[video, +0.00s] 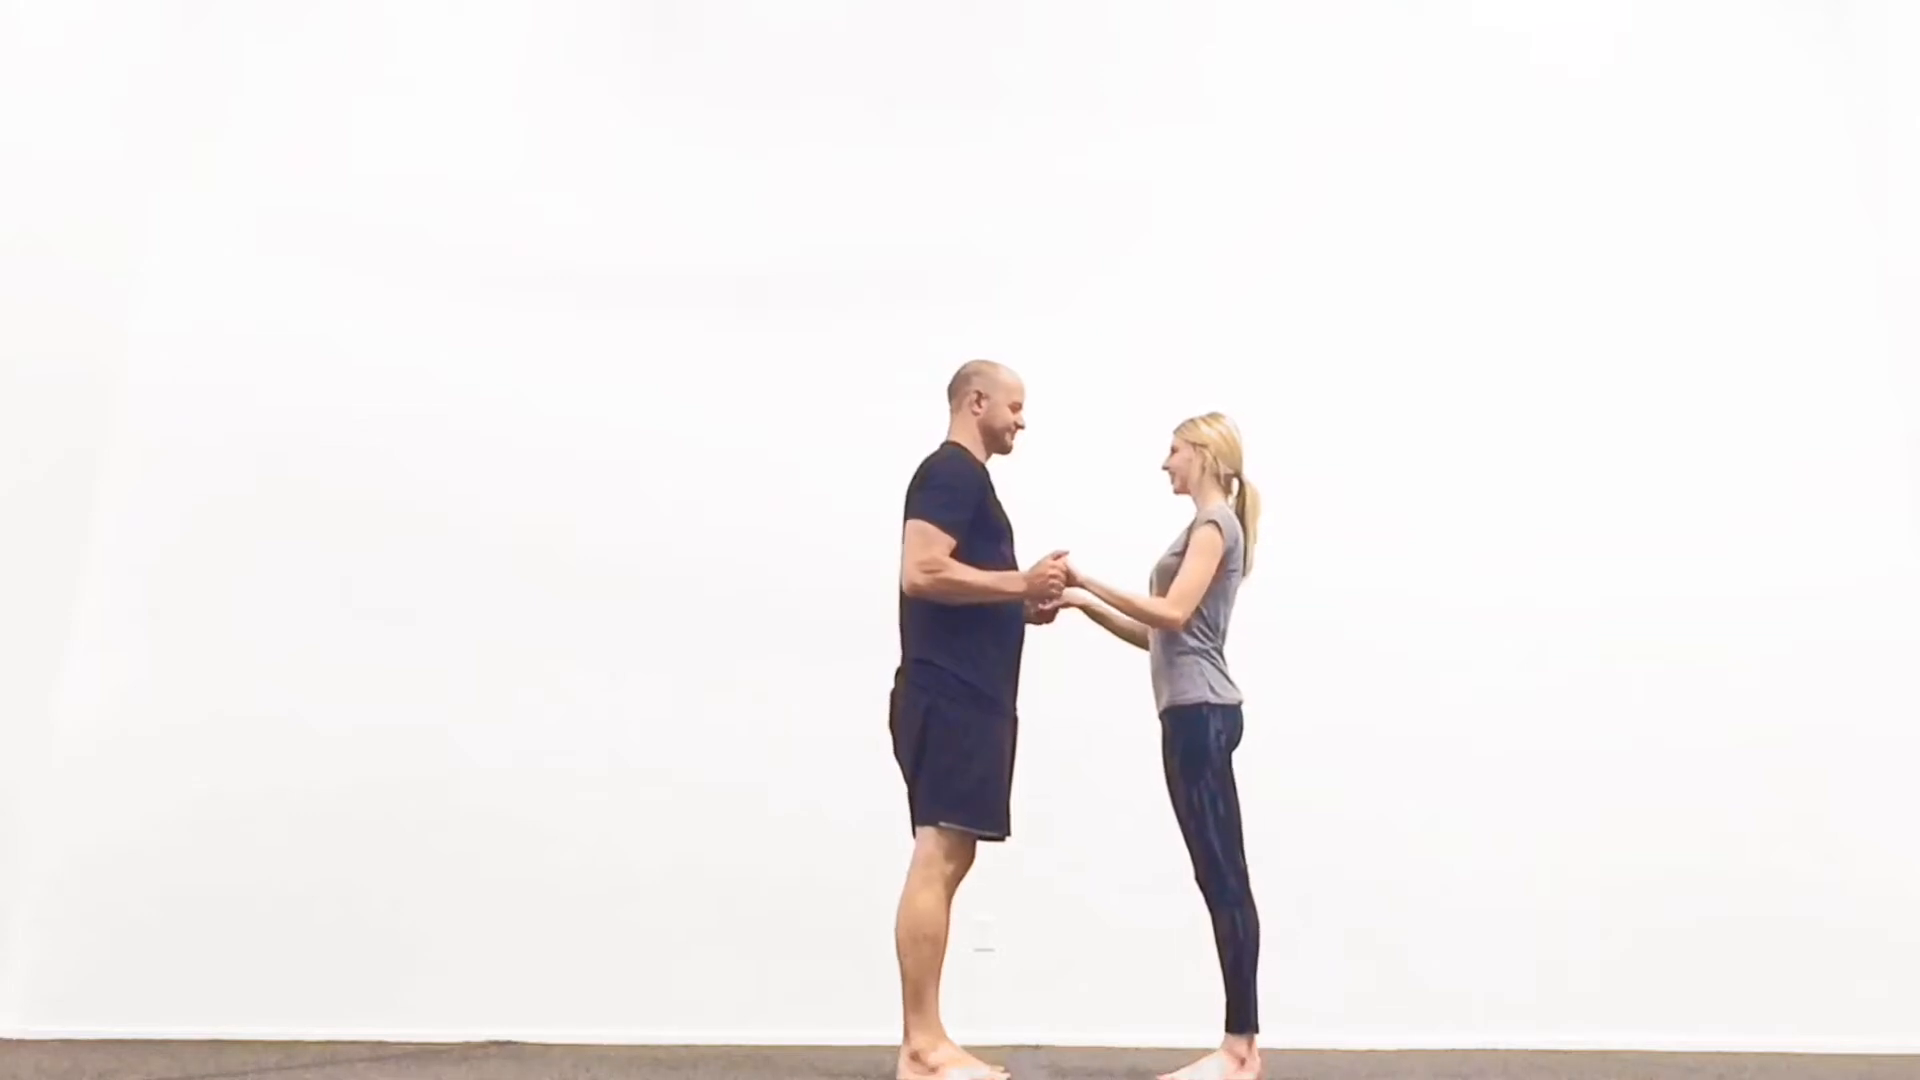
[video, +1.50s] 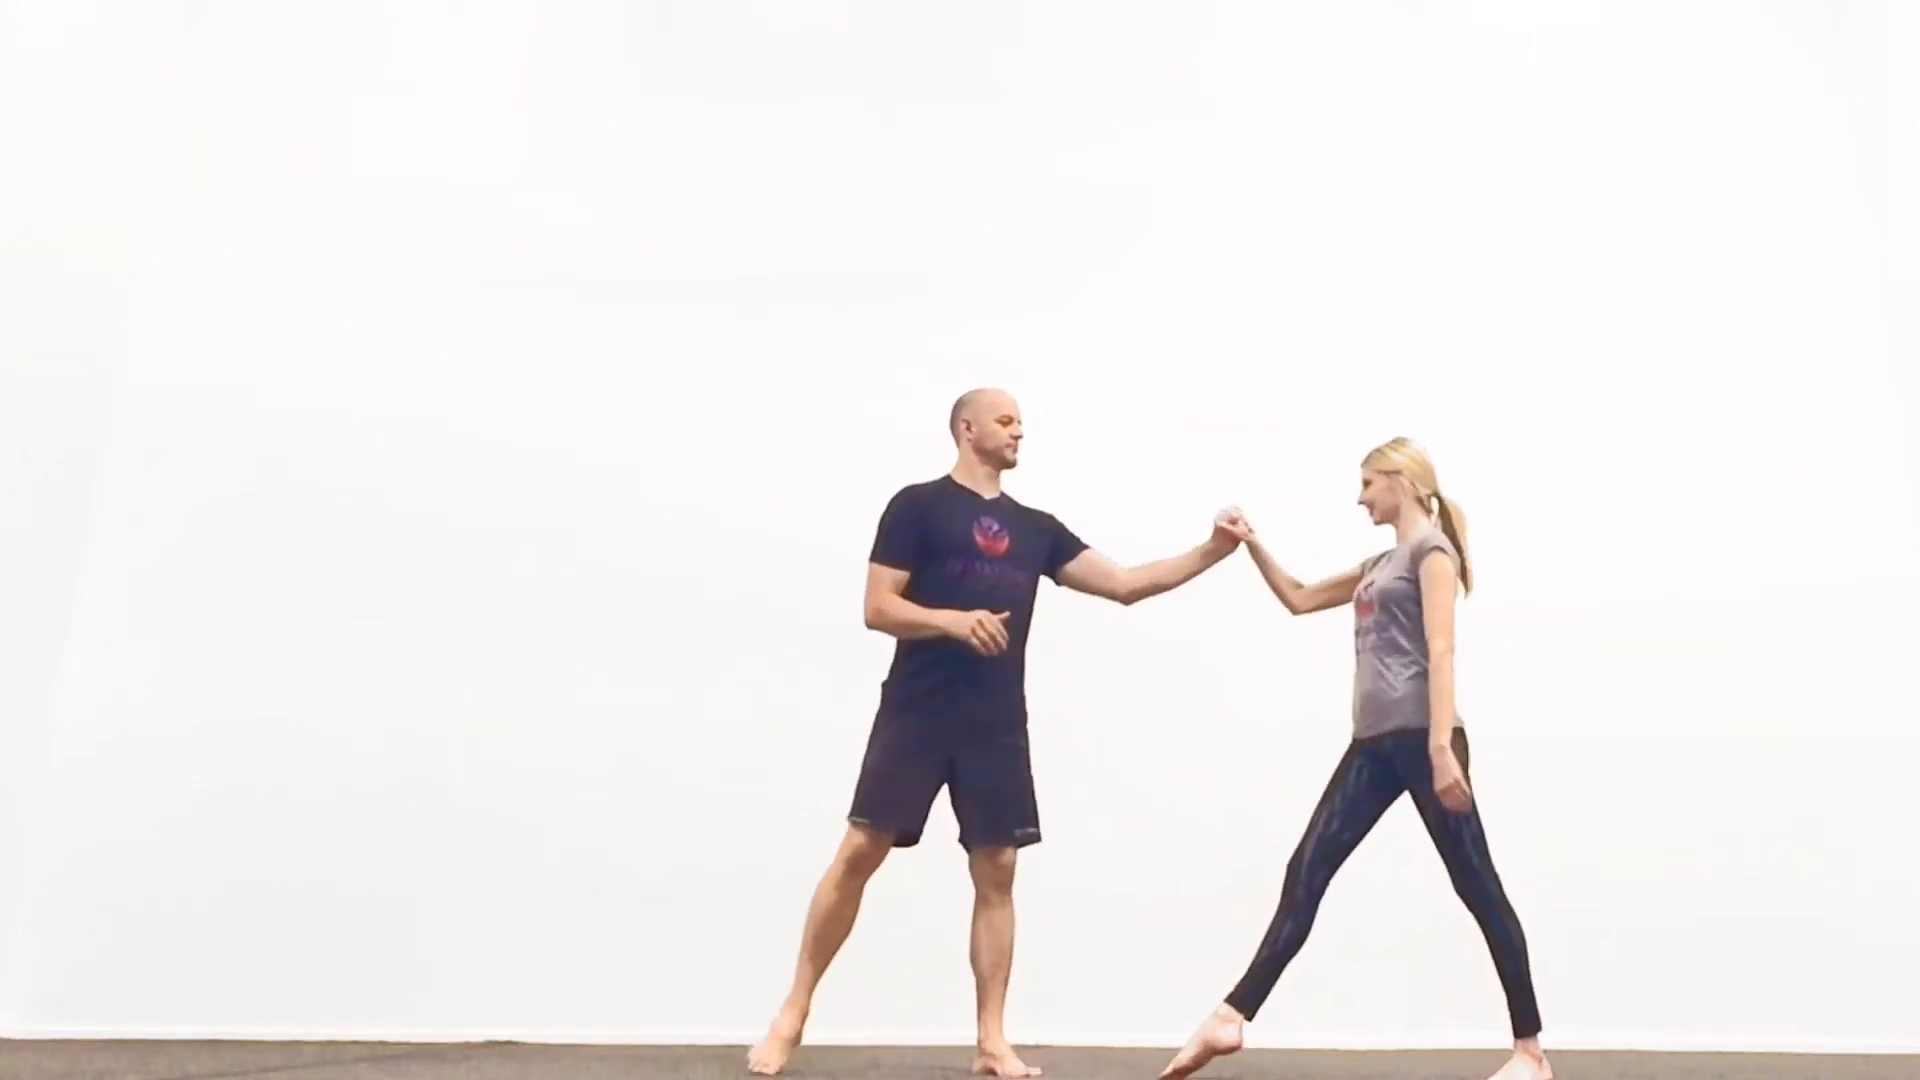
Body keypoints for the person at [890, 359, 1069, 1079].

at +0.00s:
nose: (1022, 421)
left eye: (1022, 410)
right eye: (1015, 408)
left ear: (976, 402)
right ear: (976, 403)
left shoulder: (969, 477)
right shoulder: (949, 469)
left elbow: (951, 594)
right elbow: (923, 572)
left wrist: (1026, 608)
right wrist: (1021, 584)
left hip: (966, 694)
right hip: (949, 694)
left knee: (946, 861)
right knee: (939, 861)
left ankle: (924, 1042)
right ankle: (923, 1044)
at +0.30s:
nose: (1045, 424)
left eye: (1045, 413)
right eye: (1037, 410)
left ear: (1001, 411)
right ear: (997, 407)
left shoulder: (988, 485)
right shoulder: (966, 473)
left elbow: (960, 603)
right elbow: (915, 567)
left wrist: (1028, 609)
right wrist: (1015, 581)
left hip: (985, 699)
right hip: (954, 697)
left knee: (990, 860)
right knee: (957, 858)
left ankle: (932, 1039)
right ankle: (923, 1046)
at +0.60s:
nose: (1066, 427)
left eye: (1065, 416)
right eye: (1056, 415)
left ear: (1022, 419)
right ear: (1016, 417)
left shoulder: (1013, 493)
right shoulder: (989, 481)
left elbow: (977, 602)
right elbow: (942, 580)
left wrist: (1040, 618)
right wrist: (1039, 595)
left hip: (996, 701)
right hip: (955, 698)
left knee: (1024, 857)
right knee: (966, 855)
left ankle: (989, 1029)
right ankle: (923, 1047)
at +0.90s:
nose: (1066, 435)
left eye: (1065, 425)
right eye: (1055, 422)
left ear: (1023, 428)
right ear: (1015, 425)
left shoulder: (1037, 529)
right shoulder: (979, 492)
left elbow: (1029, 642)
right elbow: (966, 596)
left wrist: (1093, 619)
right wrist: (1077, 611)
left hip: (1008, 712)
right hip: (955, 706)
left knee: (1011, 872)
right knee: (952, 858)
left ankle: (992, 1038)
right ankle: (922, 1042)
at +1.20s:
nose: (1055, 437)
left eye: (1056, 428)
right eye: (1043, 425)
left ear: (1032, 436)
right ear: (1002, 430)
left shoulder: (1054, 537)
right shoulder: (953, 498)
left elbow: (1120, 619)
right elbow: (916, 597)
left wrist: (1195, 562)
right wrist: (1007, 610)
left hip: (1012, 717)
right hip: (941, 707)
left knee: (1002, 872)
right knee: (911, 847)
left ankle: (990, 1042)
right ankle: (849, 1020)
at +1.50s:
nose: (1017, 433)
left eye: (1020, 423)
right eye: (1005, 421)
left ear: (1015, 436)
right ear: (964, 429)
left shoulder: (1034, 528)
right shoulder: (917, 505)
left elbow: (1125, 584)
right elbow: (879, 608)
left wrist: (1211, 550)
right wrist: (954, 621)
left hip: (996, 722)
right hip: (914, 715)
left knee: (997, 873)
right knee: (860, 853)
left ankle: (992, 1043)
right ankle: (792, 1015)